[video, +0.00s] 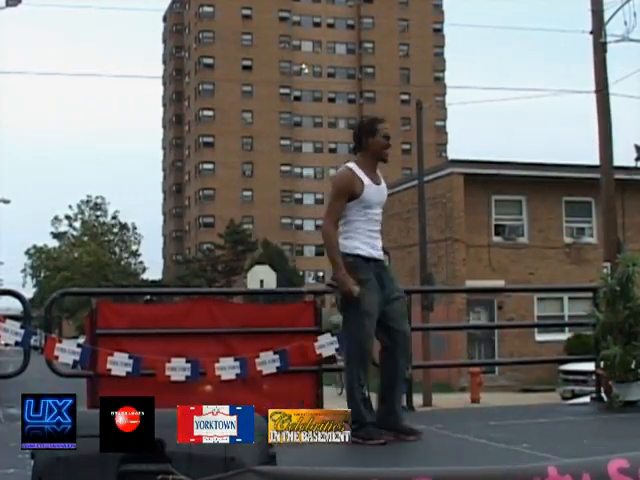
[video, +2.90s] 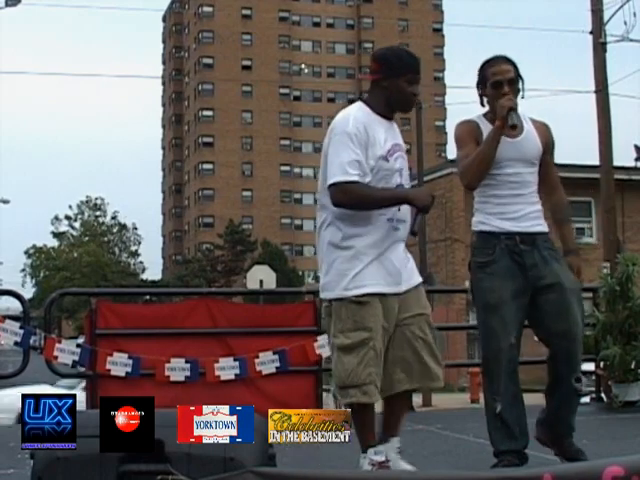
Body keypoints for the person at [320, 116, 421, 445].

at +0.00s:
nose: (390, 143)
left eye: (390, 138)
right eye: (384, 138)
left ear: (376, 144)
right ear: (366, 142)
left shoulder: (379, 178)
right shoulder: (347, 177)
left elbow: (372, 228)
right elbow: (328, 226)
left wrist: (383, 267)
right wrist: (341, 272)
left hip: (380, 266)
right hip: (356, 266)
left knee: (398, 338)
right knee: (359, 346)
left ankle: (389, 417)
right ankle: (361, 424)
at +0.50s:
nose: (436, 137)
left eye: (438, 132)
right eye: (429, 131)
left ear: (436, 139)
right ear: (411, 137)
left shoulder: (430, 180)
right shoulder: (393, 170)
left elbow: (428, 227)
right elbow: (372, 217)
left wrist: (436, 261)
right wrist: (378, 266)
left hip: (432, 265)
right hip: (403, 265)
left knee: (439, 348)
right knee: (403, 347)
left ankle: (442, 426)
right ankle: (367, 417)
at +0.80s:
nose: (459, 130)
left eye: (460, 125)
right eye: (451, 126)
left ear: (458, 132)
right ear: (433, 133)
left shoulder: (461, 177)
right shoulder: (415, 166)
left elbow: (470, 228)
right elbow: (392, 212)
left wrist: (485, 275)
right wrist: (396, 260)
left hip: (452, 264)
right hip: (422, 261)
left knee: (452, 345)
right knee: (429, 343)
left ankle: (446, 426)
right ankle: (421, 429)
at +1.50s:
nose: (482, 113)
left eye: (484, 107)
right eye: (474, 108)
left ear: (488, 113)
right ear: (455, 117)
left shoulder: (494, 158)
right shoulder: (439, 158)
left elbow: (498, 212)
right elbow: (421, 215)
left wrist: (502, 256)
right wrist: (424, 277)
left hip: (492, 260)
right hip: (456, 260)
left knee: (513, 342)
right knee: (460, 349)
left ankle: (494, 425)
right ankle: (467, 435)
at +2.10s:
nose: (533, 101)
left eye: (538, 96)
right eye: (524, 96)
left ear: (544, 104)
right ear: (508, 105)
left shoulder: (550, 155)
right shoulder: (490, 144)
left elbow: (554, 209)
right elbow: (465, 196)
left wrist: (559, 255)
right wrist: (473, 244)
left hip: (543, 258)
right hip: (501, 256)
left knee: (546, 352)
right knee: (500, 342)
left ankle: (546, 443)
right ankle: (477, 423)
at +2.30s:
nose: (536, 100)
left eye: (542, 93)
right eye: (528, 94)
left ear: (552, 99)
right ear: (515, 100)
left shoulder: (566, 147)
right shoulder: (496, 139)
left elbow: (586, 201)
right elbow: (468, 188)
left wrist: (600, 253)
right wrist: (491, 193)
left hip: (548, 256)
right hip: (503, 254)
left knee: (549, 351)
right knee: (502, 348)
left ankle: (546, 443)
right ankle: (495, 442)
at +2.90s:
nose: (506, 90)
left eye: (511, 83)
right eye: (497, 85)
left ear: (520, 86)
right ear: (481, 92)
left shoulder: (540, 131)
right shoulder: (470, 129)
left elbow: (553, 192)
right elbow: (469, 179)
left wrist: (570, 250)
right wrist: (497, 129)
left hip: (541, 249)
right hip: (493, 251)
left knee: (570, 337)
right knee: (500, 350)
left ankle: (556, 427)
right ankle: (509, 449)